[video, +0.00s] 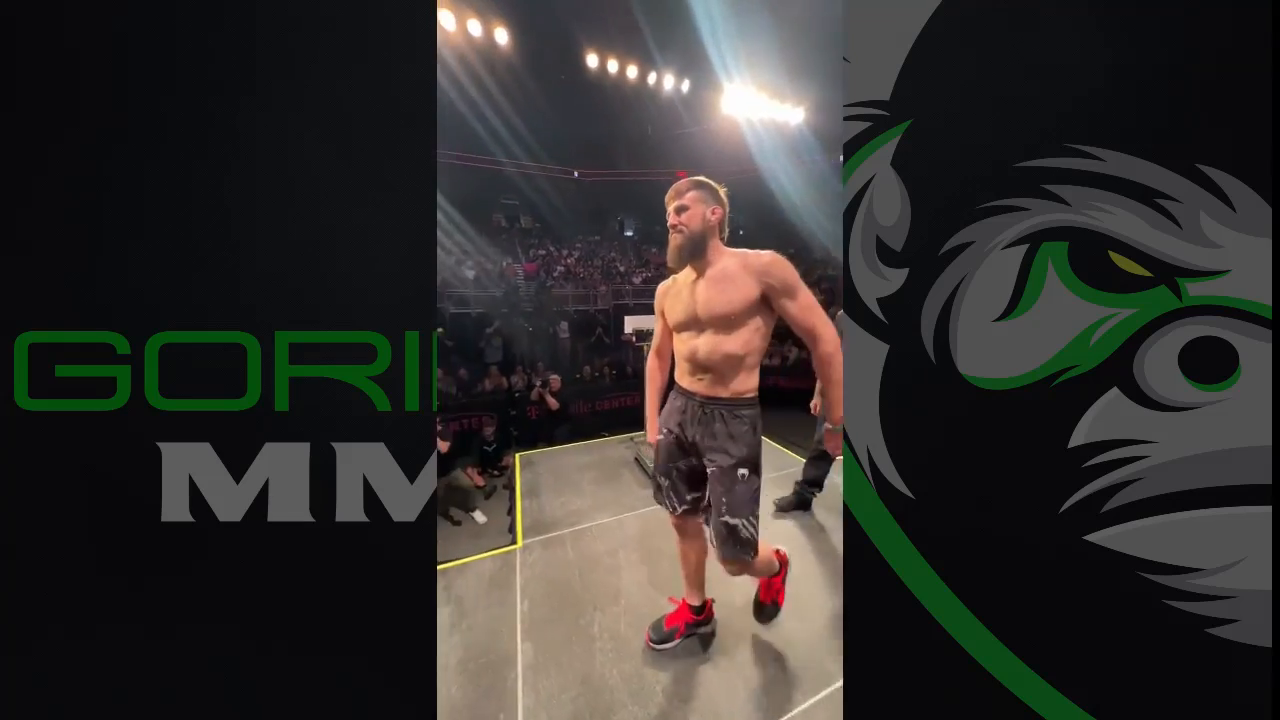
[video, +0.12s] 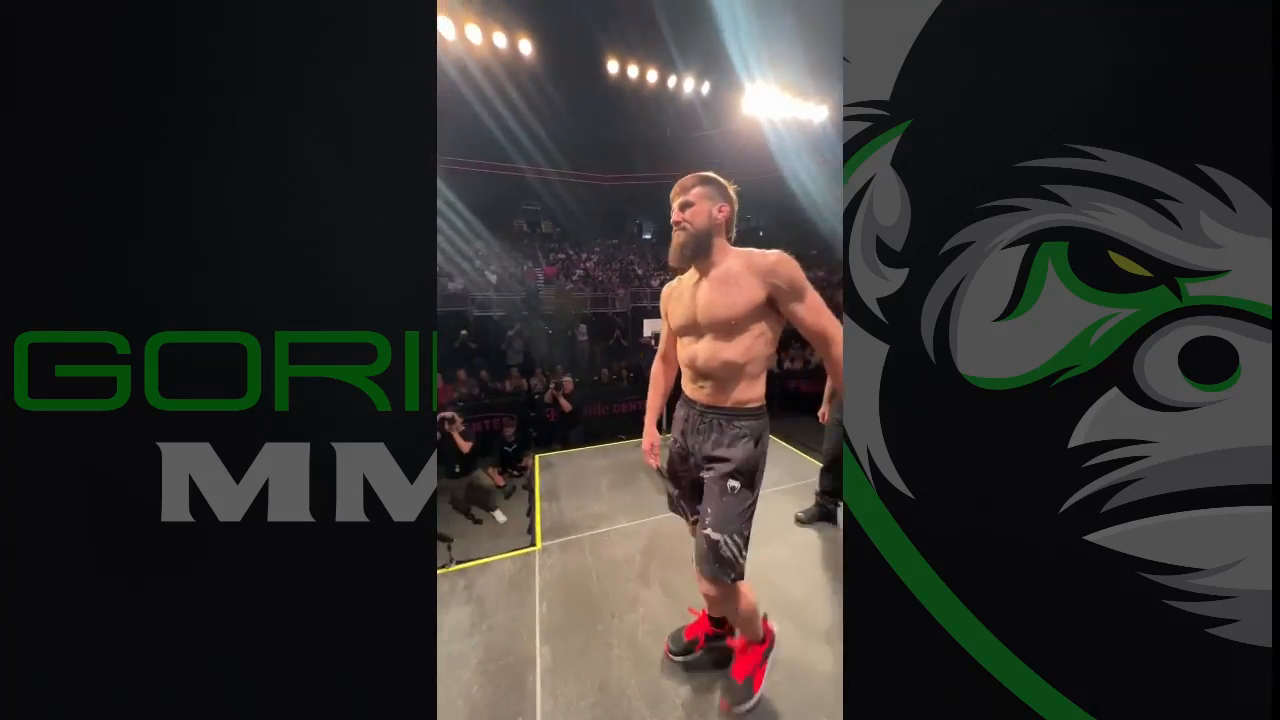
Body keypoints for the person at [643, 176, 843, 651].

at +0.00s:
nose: (672, 220)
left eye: (682, 209)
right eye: (669, 214)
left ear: (716, 213)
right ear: (670, 224)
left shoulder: (763, 268)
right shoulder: (668, 291)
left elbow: (824, 337)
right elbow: (658, 357)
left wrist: (834, 422)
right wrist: (651, 420)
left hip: (733, 417)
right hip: (680, 411)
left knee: (735, 559)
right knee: (684, 516)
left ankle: (777, 566)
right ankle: (695, 607)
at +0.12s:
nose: (676, 215)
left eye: (688, 204)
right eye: (673, 209)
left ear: (724, 210)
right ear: (676, 220)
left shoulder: (770, 268)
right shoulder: (674, 290)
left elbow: (831, 337)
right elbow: (666, 358)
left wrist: (838, 396)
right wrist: (651, 422)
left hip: (739, 429)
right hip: (688, 423)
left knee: (715, 577)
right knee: (700, 533)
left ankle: (756, 637)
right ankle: (716, 622)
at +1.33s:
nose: (674, 266)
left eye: (687, 243)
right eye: (676, 247)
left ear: (745, 237)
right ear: (743, 240)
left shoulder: (819, 332)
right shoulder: (764, 336)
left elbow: (900, 481)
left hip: (815, 653)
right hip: (753, 620)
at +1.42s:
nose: (681, 267)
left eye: (695, 243)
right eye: (683, 248)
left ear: (755, 236)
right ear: (753, 239)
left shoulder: (821, 325)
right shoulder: (769, 336)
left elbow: (911, 451)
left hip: (818, 648)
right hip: (763, 615)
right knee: (738, 710)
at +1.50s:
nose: (686, 264)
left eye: (700, 241)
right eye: (687, 245)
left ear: (761, 232)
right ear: (759, 235)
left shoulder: (824, 320)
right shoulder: (774, 334)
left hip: (817, 645)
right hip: (770, 612)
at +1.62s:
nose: (687, 259)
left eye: (703, 234)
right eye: (690, 239)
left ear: (765, 227)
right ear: (765, 231)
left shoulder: (823, 321)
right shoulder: (785, 324)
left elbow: (907, 459)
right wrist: (771, 546)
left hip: (817, 645)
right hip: (775, 609)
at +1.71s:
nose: (684, 256)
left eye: (699, 230)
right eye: (687, 234)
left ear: (763, 223)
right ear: (764, 225)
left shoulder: (821, 328)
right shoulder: (789, 321)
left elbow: (878, 515)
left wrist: (853, 685)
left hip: (814, 653)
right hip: (772, 604)